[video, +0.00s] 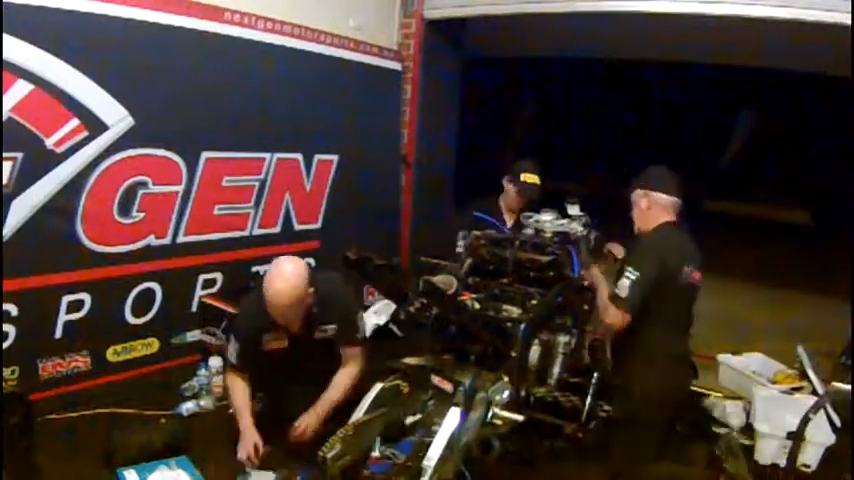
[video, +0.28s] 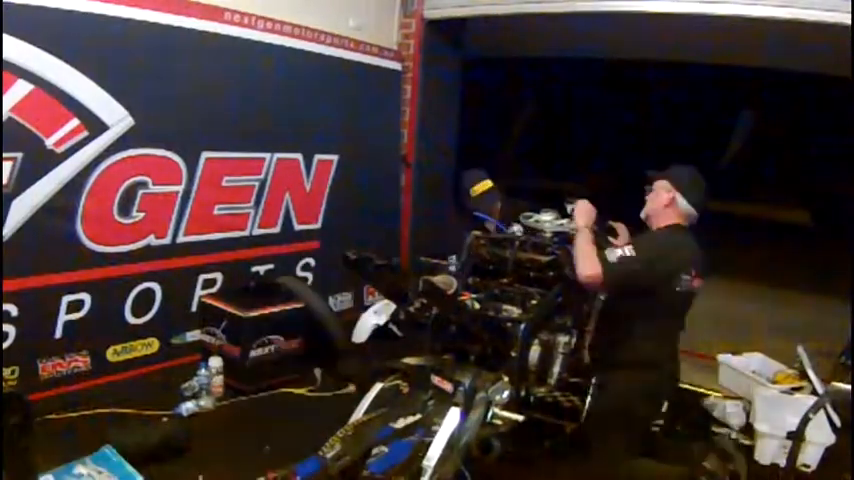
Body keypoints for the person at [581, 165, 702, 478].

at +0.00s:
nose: (631, 215)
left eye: (634, 205)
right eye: (632, 206)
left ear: (646, 202)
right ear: (672, 206)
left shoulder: (650, 248)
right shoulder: (686, 246)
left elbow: (615, 318)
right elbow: (662, 299)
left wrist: (599, 281)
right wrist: (626, 260)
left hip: (642, 379)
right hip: (675, 375)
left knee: (627, 463)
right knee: (653, 460)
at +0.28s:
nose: (646, 196)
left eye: (653, 190)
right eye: (650, 189)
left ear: (670, 198)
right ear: (675, 202)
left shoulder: (661, 246)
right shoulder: (685, 248)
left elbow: (589, 273)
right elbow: (650, 285)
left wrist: (583, 227)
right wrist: (627, 249)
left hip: (626, 376)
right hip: (652, 374)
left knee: (603, 461)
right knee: (621, 459)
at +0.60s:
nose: (614, 298)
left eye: (612, 290)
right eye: (612, 291)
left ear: (621, 280)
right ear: (643, 270)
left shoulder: (631, 306)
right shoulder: (671, 284)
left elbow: (605, 385)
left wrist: (581, 454)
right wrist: (651, 403)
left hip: (694, 402)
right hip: (723, 392)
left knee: (648, 465)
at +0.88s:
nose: (642, 271)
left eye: (640, 264)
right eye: (640, 266)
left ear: (646, 256)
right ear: (671, 250)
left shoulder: (667, 272)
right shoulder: (691, 273)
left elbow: (626, 314)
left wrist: (608, 272)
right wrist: (611, 269)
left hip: (700, 403)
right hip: (729, 400)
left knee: (660, 468)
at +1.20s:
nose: (644, 207)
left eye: (648, 198)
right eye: (645, 199)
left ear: (669, 199)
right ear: (672, 200)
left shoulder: (672, 243)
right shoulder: (684, 239)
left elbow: (645, 311)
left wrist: (616, 262)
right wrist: (621, 257)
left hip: (644, 386)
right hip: (653, 380)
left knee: (619, 463)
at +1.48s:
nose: (673, 199)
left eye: (679, 194)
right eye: (677, 193)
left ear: (694, 205)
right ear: (700, 207)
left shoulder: (683, 257)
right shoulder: (717, 251)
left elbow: (611, 285)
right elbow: (656, 267)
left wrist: (580, 243)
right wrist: (620, 235)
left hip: (668, 397)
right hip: (698, 392)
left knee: (659, 470)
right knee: (682, 468)